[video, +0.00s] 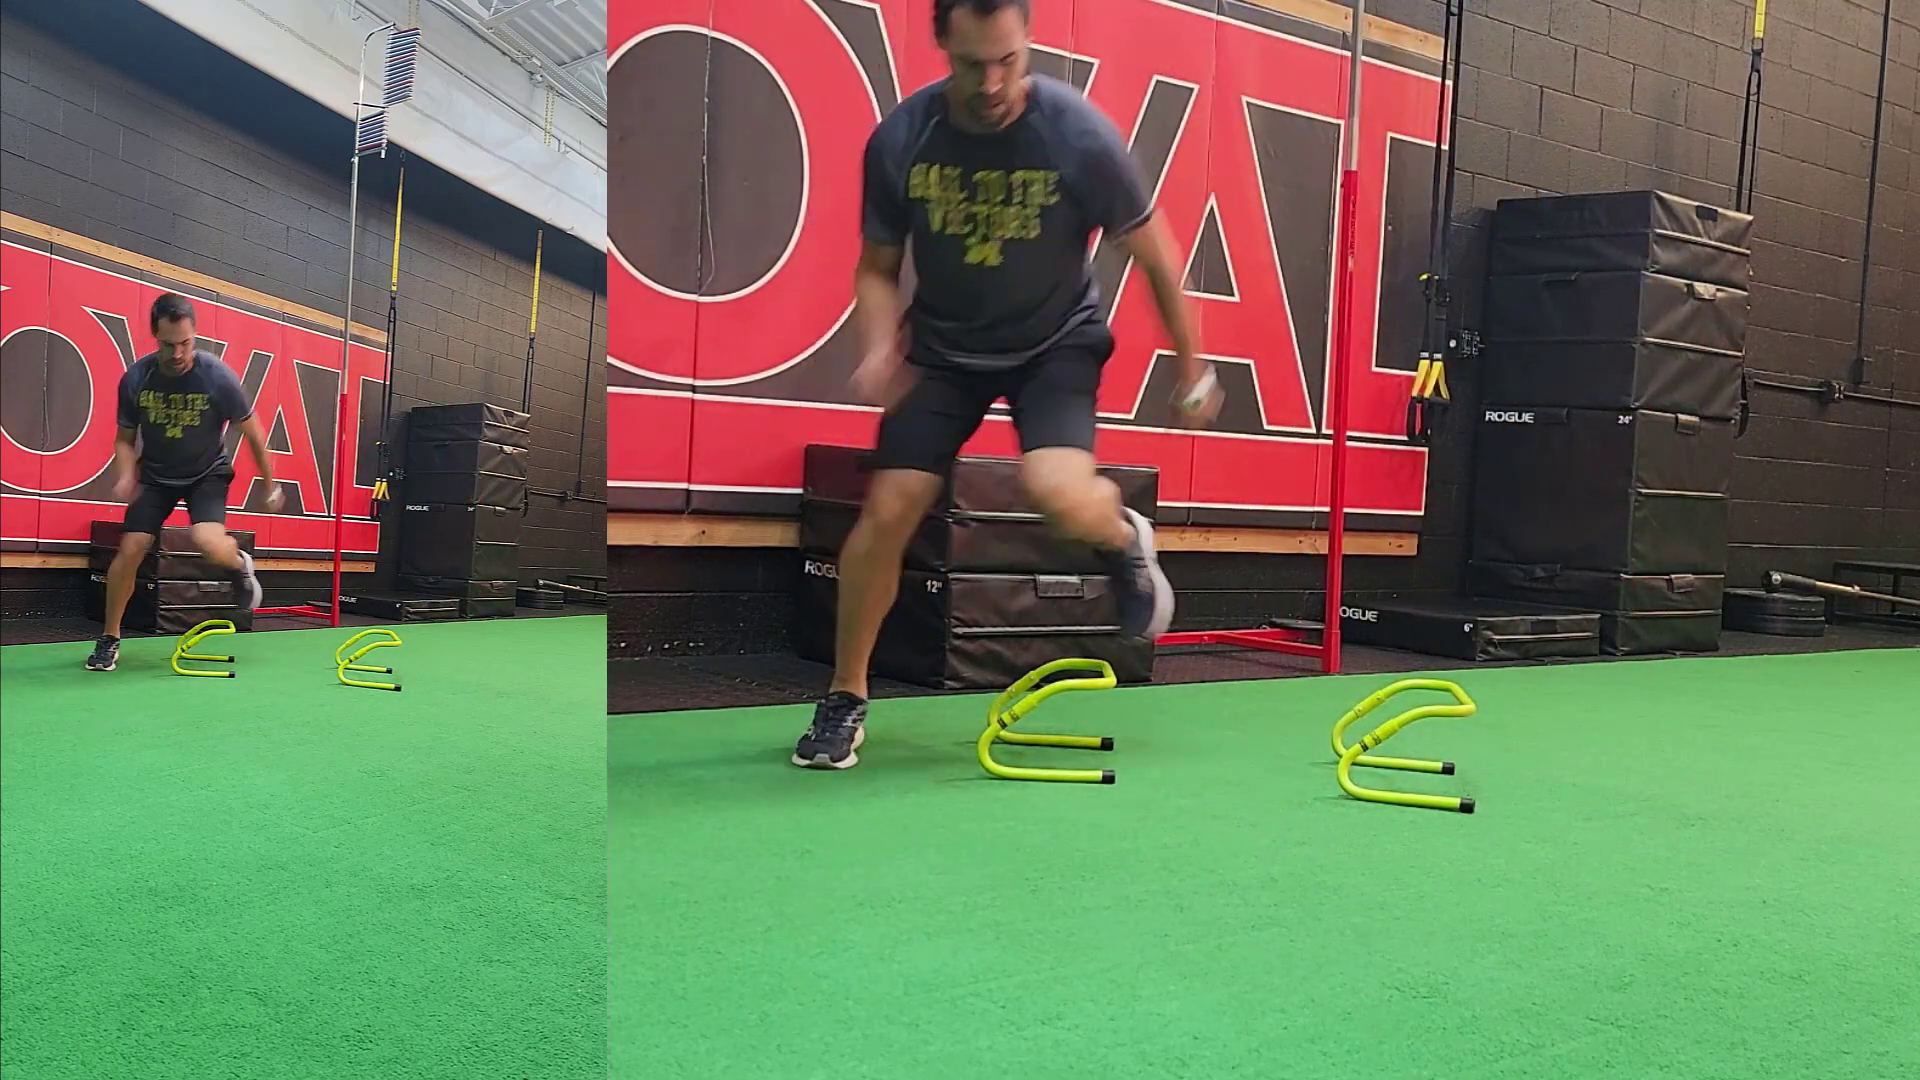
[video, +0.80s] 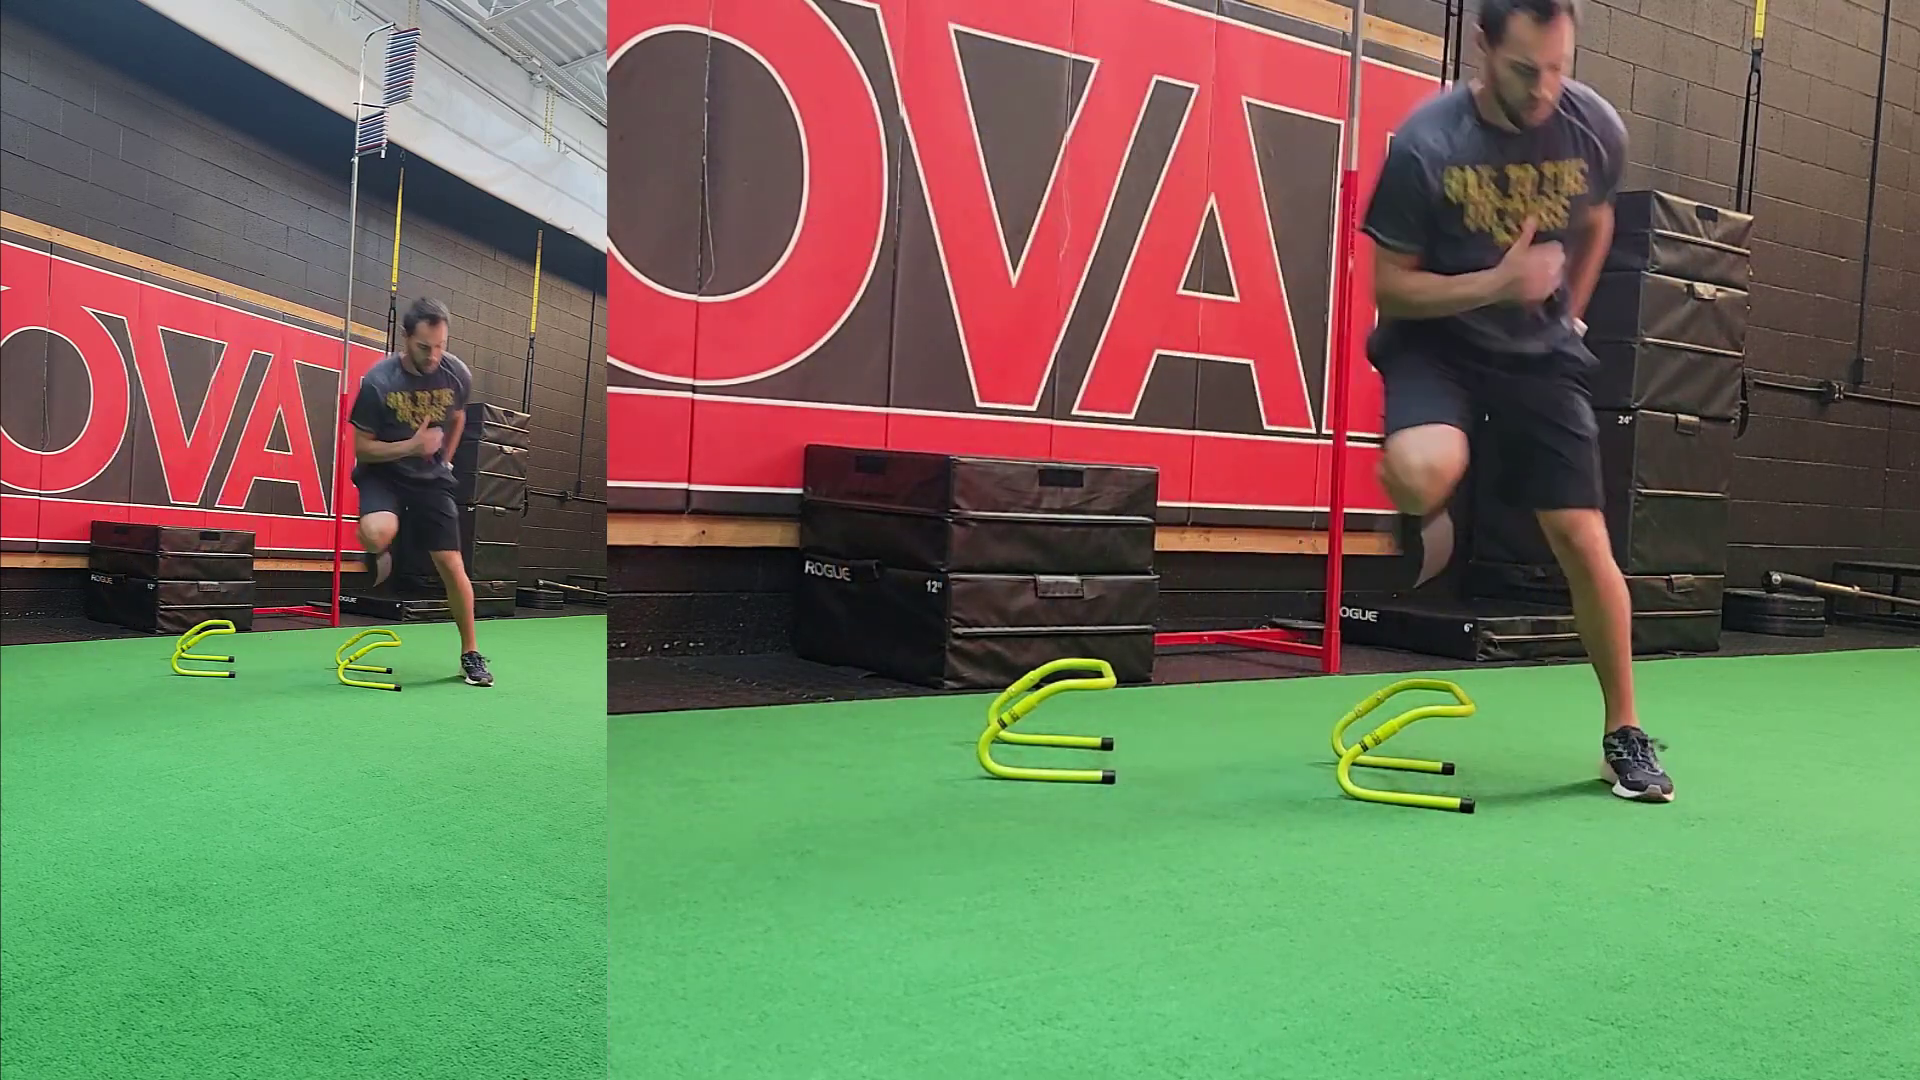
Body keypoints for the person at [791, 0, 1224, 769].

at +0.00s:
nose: (991, 83)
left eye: (1006, 62)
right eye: (972, 66)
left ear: (1029, 43)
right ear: (942, 51)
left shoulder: (1083, 139)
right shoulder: (899, 141)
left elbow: (1159, 258)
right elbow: (878, 266)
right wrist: (879, 347)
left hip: (1054, 346)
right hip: (943, 350)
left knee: (1058, 492)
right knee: (890, 506)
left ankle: (1128, 546)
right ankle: (845, 696)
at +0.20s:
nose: (1151, 13)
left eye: (1163, 1)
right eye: (1134, 3)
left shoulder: (1229, 64)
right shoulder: (1047, 64)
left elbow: (1264, 172)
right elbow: (1014, 185)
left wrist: (1257, 295)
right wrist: (1001, 294)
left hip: (1179, 289)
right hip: (1071, 280)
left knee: (1188, 485)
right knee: (1028, 445)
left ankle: (1216, 692)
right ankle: (963, 572)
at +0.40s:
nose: (1293, 8)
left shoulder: (1343, 54)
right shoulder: (1165, 57)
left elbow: (1369, 164)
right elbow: (1108, 181)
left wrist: (1343, 186)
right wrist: (1082, 317)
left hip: (1298, 282)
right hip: (1198, 274)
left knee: (1295, 459)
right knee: (1223, 437)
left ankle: (1250, 644)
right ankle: (1194, 642)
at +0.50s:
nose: (1347, 22)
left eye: (1359, 7)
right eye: (1330, 6)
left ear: (1373, 5)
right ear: (1290, 2)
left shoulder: (1400, 83)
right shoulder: (1225, 90)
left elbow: (1413, 194)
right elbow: (1169, 231)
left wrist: (1419, 304)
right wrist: (1173, 353)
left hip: (1355, 311)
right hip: (1243, 312)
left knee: (1402, 465)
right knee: (1243, 511)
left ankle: (1342, 505)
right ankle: (1204, 714)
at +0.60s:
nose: (1409, 26)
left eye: (1423, 10)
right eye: (1392, 9)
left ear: (1439, 10)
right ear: (1351, 7)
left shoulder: (1461, 78)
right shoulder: (1288, 90)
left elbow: (1474, 177)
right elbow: (1232, 225)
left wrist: (1469, 295)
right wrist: (1247, 351)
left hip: (1423, 310)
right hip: (1308, 323)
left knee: (1501, 466)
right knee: (1286, 503)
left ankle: (1486, 584)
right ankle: (1211, 709)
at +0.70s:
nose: (1477, 42)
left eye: (1492, 23)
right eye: (1460, 22)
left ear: (1509, 17)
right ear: (1420, 15)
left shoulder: (1531, 76)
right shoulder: (1357, 93)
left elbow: (1535, 163)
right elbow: (1301, 225)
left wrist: (1518, 266)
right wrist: (1351, 335)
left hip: (1485, 304)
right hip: (1379, 309)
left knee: (1542, 490)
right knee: (1356, 472)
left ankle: (1597, 693)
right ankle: (1274, 624)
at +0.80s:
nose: (1543, 91)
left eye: (1558, 71)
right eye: (1525, 72)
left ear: (1573, 53)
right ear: (1481, 51)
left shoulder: (1594, 129)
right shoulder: (1421, 147)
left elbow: (1594, 220)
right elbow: (1390, 288)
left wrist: (1571, 316)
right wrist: (1499, 282)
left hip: (1541, 352)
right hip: (1434, 345)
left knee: (1582, 537)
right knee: (1419, 476)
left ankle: (1625, 729)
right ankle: (1426, 504)